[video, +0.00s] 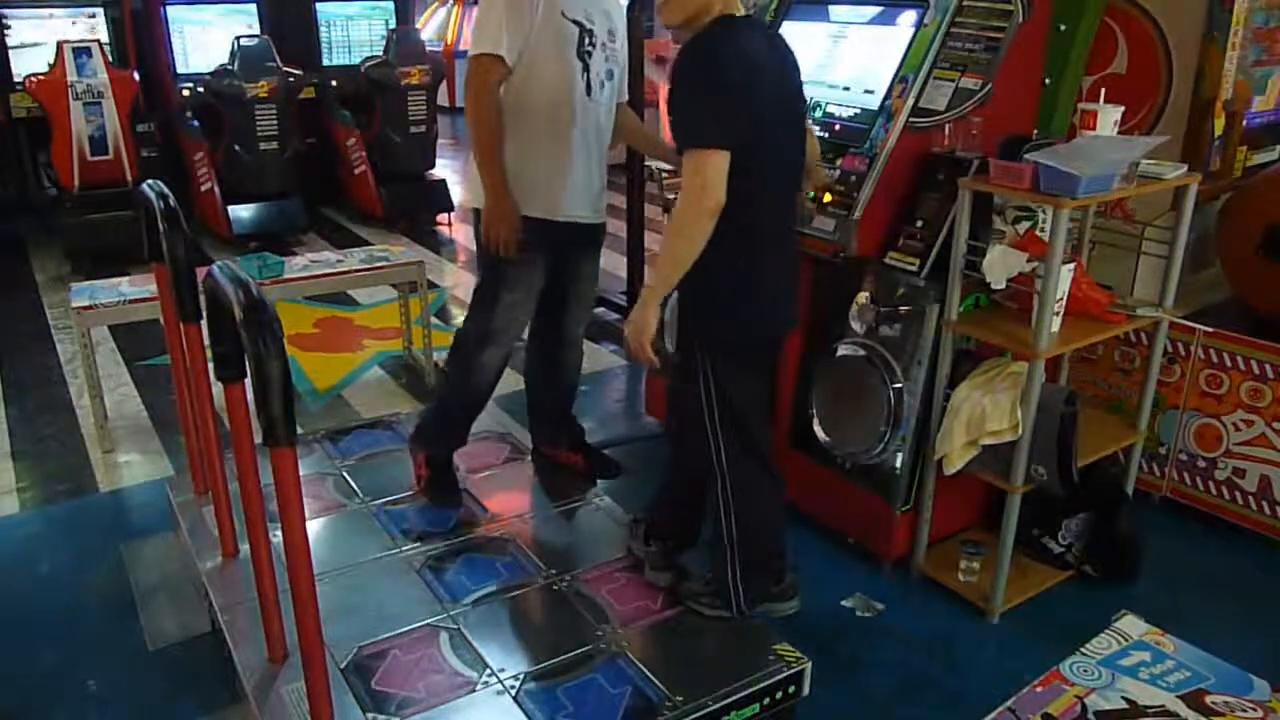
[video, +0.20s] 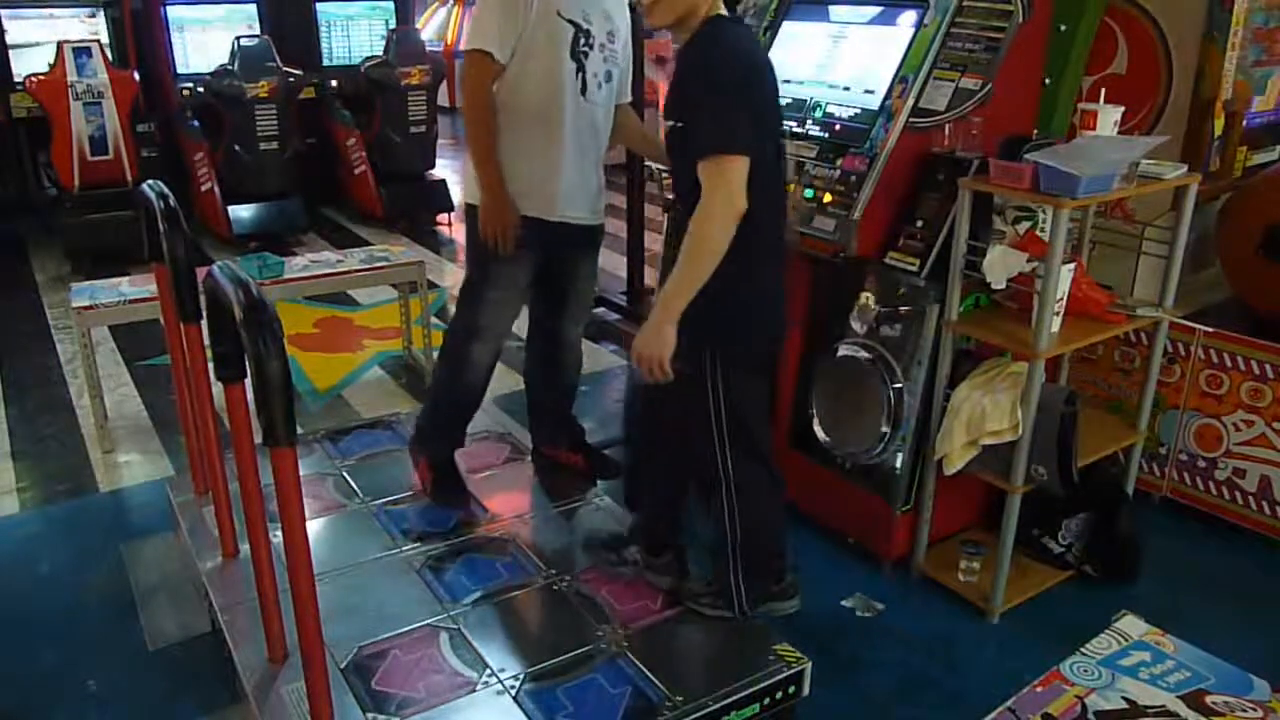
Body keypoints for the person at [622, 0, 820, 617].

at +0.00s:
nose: (659, 5)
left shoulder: (707, 57)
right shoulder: (767, 46)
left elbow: (703, 197)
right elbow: (808, 164)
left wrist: (651, 296)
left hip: (721, 289)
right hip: (761, 282)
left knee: (733, 437)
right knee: (699, 423)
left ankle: (757, 581)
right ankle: (667, 538)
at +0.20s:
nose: (643, 5)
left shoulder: (718, 57)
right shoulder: (713, 52)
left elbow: (725, 202)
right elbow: (695, 164)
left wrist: (664, 314)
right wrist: (631, 130)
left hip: (725, 301)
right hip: (704, 291)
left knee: (730, 446)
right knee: (662, 421)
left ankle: (759, 583)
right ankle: (656, 548)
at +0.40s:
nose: (615, 5)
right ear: (627, 4)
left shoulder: (707, 58)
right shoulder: (649, 54)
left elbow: (731, 196)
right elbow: (667, 160)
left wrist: (685, 317)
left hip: (714, 296)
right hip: (657, 291)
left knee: (720, 444)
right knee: (625, 426)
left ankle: (758, 574)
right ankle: (624, 548)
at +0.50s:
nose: (593, 3)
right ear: (606, 4)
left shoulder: (693, 55)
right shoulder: (634, 54)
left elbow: (719, 195)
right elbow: (646, 182)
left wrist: (686, 317)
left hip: (686, 300)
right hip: (640, 293)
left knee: (706, 444)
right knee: (615, 427)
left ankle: (755, 567)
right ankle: (610, 549)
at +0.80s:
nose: (526, 2)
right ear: (541, 2)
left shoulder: (641, 53)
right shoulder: (550, 56)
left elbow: (672, 186)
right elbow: (553, 177)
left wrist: (645, 314)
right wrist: (524, 268)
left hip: (620, 294)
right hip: (564, 286)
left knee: (607, 444)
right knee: (568, 435)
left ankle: (671, 553)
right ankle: (603, 556)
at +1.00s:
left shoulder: (615, 53)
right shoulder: (499, 48)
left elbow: (649, 189)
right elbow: (490, 165)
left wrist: (623, 311)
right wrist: (453, 265)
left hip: (594, 284)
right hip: (524, 277)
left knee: (564, 452)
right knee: (553, 431)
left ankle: (566, 600)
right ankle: (604, 548)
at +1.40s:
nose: (436, 0)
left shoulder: (576, 70)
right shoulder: (423, 49)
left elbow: (606, 214)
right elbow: (418, 166)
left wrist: (613, 344)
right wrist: (380, 277)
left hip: (539, 321)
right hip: (452, 313)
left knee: (514, 502)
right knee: (460, 458)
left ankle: (499, 654)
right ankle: (557, 529)